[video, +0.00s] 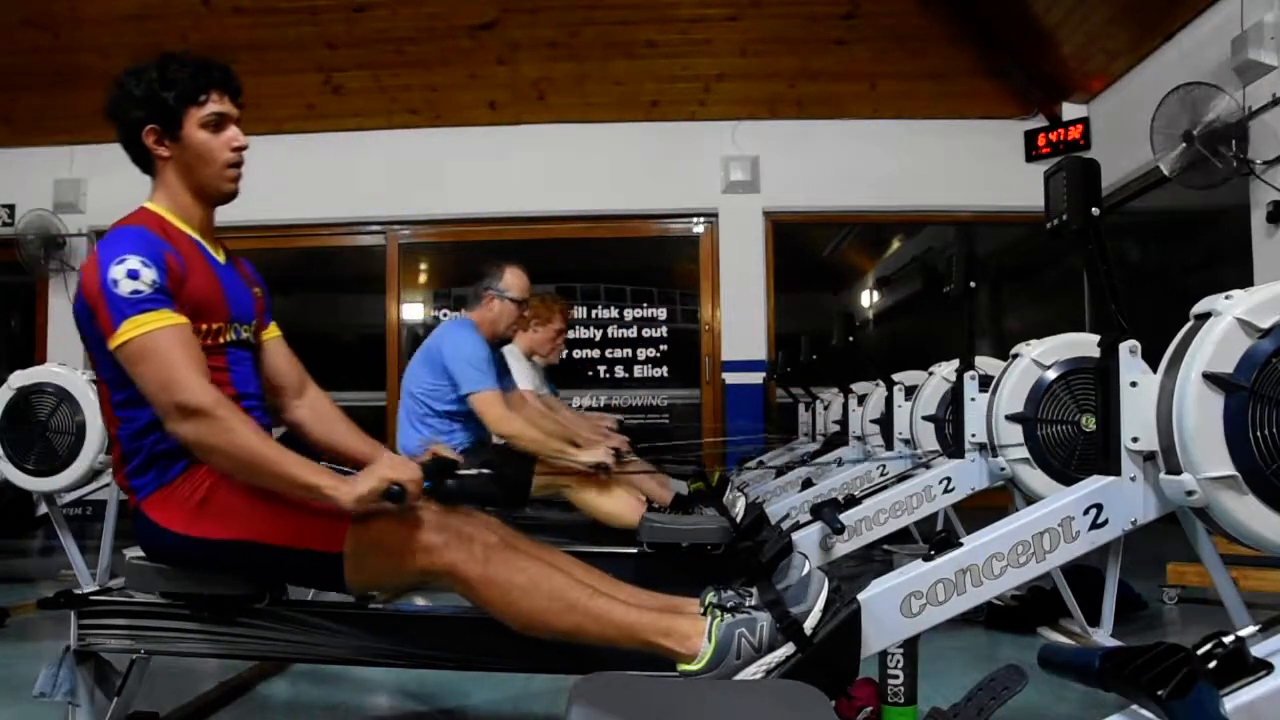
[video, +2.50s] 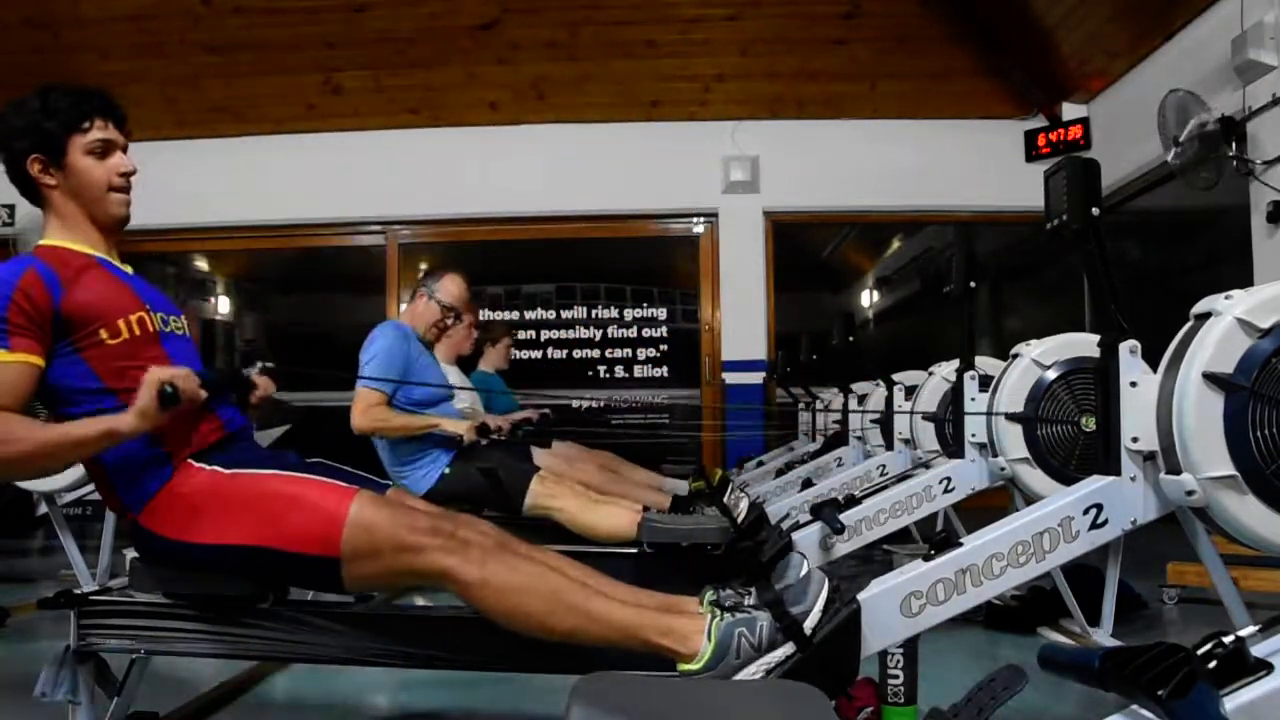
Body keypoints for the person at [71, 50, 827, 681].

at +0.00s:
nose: (238, 140)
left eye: (238, 124)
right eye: (215, 124)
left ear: (224, 141)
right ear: (158, 140)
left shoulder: (226, 267)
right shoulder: (131, 255)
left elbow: (291, 391)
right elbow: (194, 420)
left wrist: (375, 460)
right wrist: (335, 488)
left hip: (259, 482)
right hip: (193, 495)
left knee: (471, 524)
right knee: (447, 538)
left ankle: (692, 623)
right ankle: (690, 639)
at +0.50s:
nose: (408, 143)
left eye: (406, 126)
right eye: (387, 128)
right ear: (328, 140)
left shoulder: (368, 258)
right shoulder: (291, 243)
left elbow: (447, 382)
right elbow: (384, 395)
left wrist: (554, 468)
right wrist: (539, 475)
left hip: (302, 475)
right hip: (244, 492)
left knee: (521, 449)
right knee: (497, 468)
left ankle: (698, 618)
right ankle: (696, 645)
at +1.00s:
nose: (618, 153)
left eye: (613, 134)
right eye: (599, 136)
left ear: (549, 154)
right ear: (541, 152)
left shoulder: (527, 244)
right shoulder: (509, 247)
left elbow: (633, 377)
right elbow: (643, 386)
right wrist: (802, 466)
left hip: (440, 487)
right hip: (414, 501)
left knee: (644, 387)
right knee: (640, 398)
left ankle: (698, 617)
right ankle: (700, 640)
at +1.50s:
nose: (707, 152)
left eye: (701, 134)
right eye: (690, 135)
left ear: (637, 153)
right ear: (633, 151)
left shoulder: (617, 240)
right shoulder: (614, 246)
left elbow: (755, 362)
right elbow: (779, 356)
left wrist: (882, 421)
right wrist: (950, 415)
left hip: (520, 492)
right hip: (504, 505)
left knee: (735, 373)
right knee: (729, 377)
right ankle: (703, 623)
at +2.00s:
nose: (323, 115)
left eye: (320, 99)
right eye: (299, 99)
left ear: (310, 113)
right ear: (240, 117)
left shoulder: (303, 235)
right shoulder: (235, 215)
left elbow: (397, 342)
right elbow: (360, 334)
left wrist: (527, 365)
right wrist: (532, 364)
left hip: (269, 467)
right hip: (225, 480)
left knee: (513, 477)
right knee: (493, 482)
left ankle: (711, 620)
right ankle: (704, 644)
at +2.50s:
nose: (125, 166)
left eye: (125, 150)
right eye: (102, 151)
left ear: (109, 168)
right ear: (43, 172)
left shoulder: (126, 277)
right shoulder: (35, 277)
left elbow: (161, 405)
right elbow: (7, 442)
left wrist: (237, 396)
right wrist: (125, 424)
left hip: (223, 466)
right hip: (177, 490)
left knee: (454, 531)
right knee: (434, 539)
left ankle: (700, 621)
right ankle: (696, 641)